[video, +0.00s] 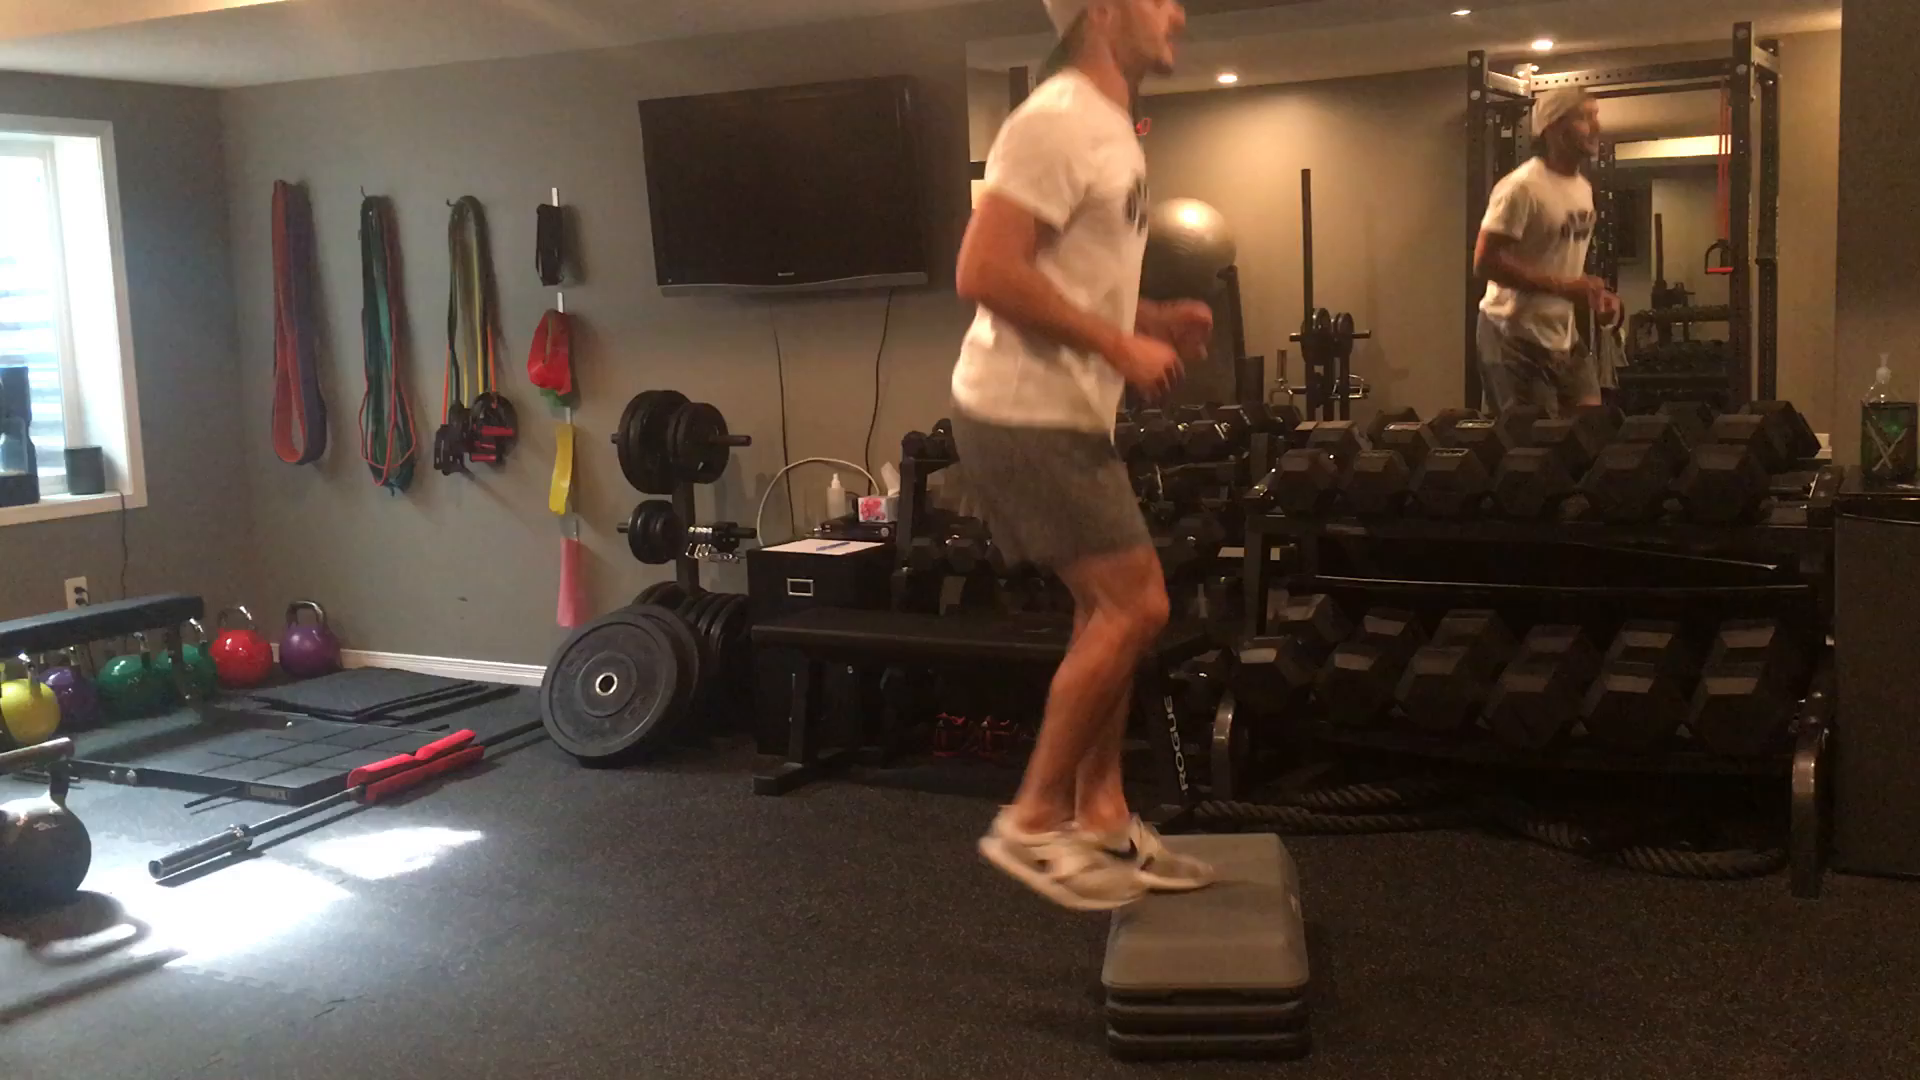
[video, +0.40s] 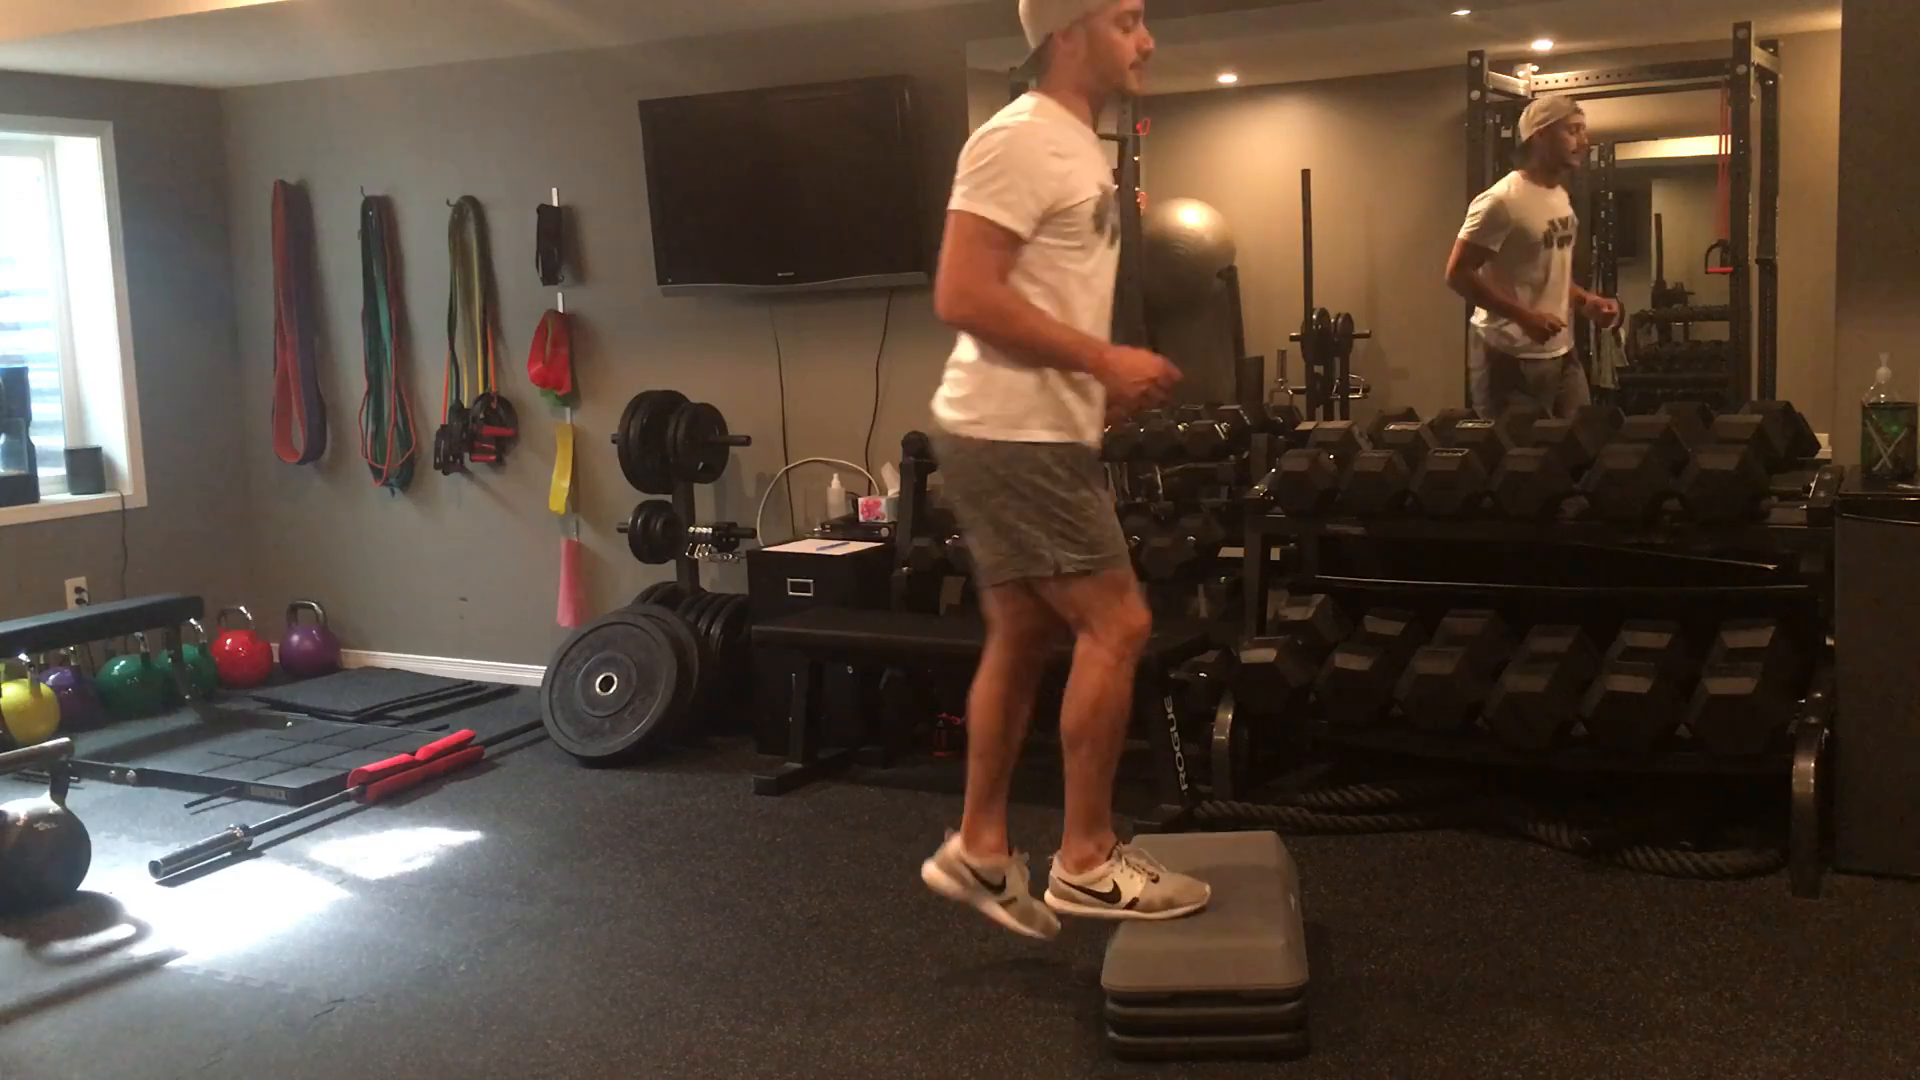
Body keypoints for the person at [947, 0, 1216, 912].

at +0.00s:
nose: (1178, 16)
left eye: (1174, 3)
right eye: (1163, 1)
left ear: (1116, 17)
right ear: (1107, 11)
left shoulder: (1108, 124)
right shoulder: (1056, 117)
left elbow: (1053, 278)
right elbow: (984, 270)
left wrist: (1144, 321)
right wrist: (1118, 344)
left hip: (1061, 406)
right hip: (1025, 410)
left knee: (1112, 609)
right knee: (1134, 604)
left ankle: (1101, 819)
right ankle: (1031, 821)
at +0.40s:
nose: (1148, 42)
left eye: (1145, 24)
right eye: (1129, 23)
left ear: (1080, 40)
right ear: (1068, 35)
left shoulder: (1074, 147)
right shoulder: (1020, 139)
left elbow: (1023, 298)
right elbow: (962, 294)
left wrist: (1092, 382)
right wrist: (1103, 355)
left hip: (1024, 428)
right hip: (1013, 431)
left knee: (1019, 632)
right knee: (1115, 623)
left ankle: (978, 847)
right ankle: (1088, 857)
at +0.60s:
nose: (1117, 169)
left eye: (1116, 151)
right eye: (1101, 151)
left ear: (1054, 165)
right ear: (1044, 162)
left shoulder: (1039, 262)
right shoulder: (982, 258)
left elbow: (990, 406)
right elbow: (888, 384)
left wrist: (1053, 478)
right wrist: (1021, 462)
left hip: (969, 534)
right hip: (967, 537)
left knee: (997, 726)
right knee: (1144, 659)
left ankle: (926, 923)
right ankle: (990, 834)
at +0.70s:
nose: (1107, 147)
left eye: (1104, 132)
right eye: (1090, 131)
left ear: (1049, 146)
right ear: (1035, 143)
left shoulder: (1036, 250)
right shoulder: (978, 238)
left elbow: (973, 402)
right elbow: (882, 372)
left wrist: (1050, 449)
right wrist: (1002, 461)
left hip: (987, 526)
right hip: (950, 526)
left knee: (994, 720)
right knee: (1083, 708)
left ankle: (936, 914)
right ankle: (913, 873)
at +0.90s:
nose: (1094, 163)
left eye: (1089, 146)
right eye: (1075, 148)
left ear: (1026, 168)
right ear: (1019, 165)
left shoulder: (1023, 274)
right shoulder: (969, 277)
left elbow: (984, 427)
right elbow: (931, 441)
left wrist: (1048, 500)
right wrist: (1061, 479)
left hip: (1015, 552)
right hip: (942, 567)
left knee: (1132, 655)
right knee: (962, 783)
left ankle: (986, 798)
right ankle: (839, 966)